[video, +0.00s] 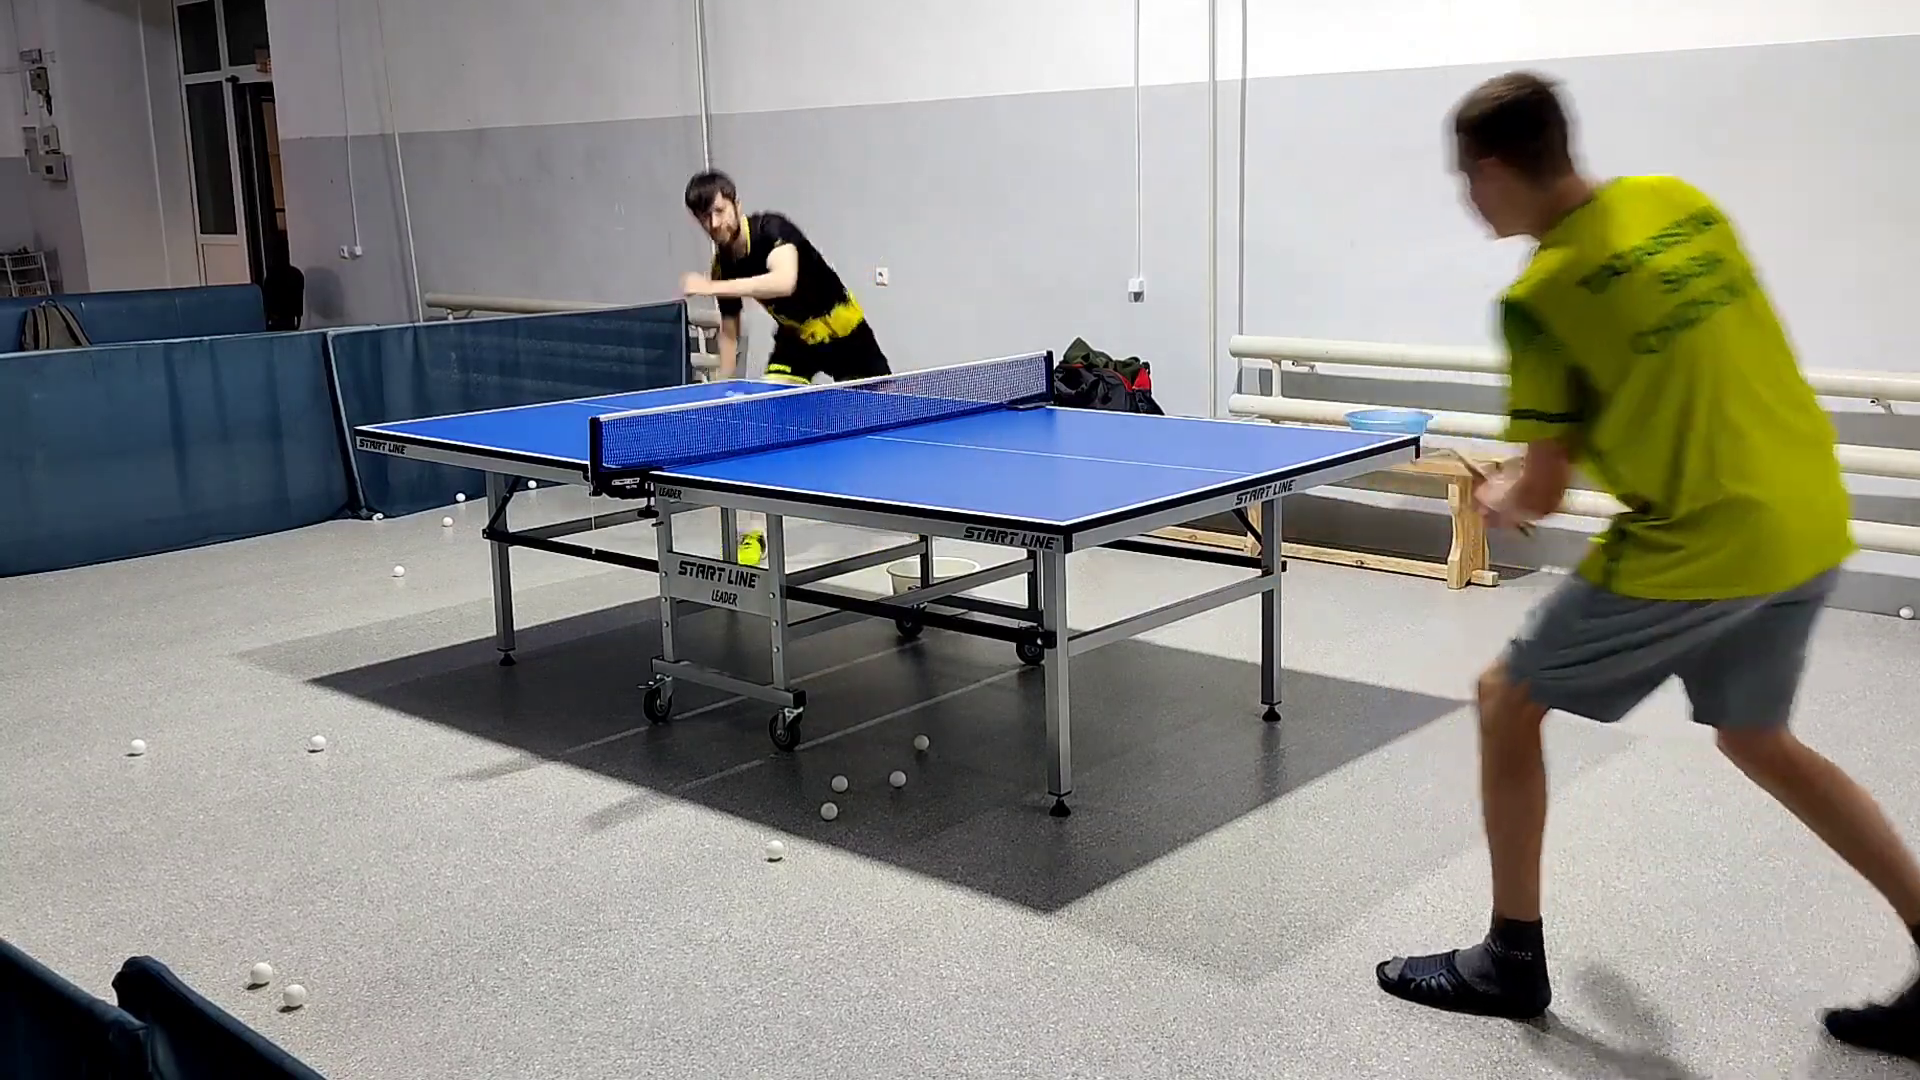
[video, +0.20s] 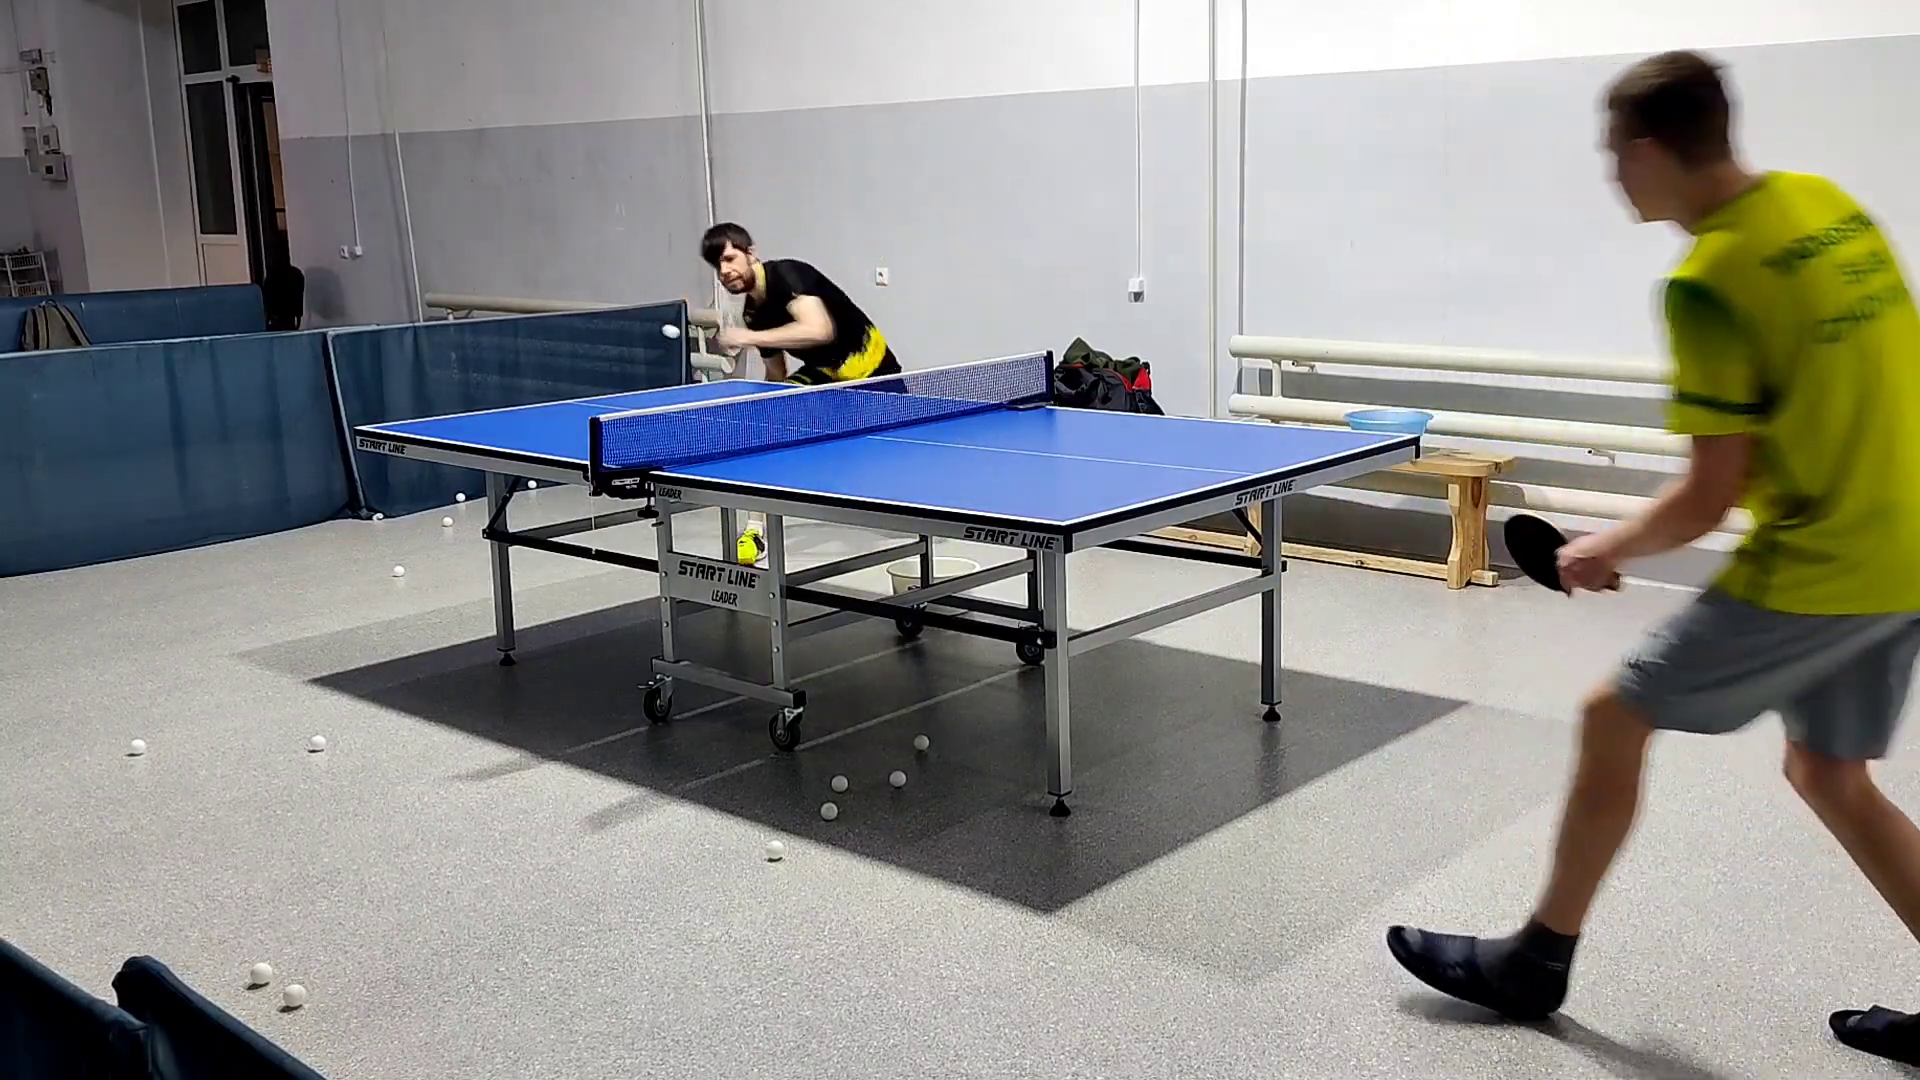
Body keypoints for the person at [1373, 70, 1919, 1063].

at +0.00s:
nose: (1470, 203)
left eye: (1471, 181)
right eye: (1466, 182)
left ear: (1506, 171)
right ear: (1559, 152)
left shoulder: (1541, 295)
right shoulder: (1680, 201)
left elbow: (1548, 478)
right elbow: (1701, 373)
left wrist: (1512, 502)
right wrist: (1567, 456)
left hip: (1689, 548)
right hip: (1812, 521)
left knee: (1506, 697)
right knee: (1754, 735)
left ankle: (1510, 956)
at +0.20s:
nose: (1615, 178)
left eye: (1620, 156)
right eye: (1613, 157)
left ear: (1663, 150)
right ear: (1713, 139)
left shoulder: (1709, 281)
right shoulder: (1825, 201)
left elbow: (1716, 487)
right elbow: (1886, 370)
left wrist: (1609, 548)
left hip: (1816, 569)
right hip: (1906, 553)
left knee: (1615, 716)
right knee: (1830, 771)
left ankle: (1539, 960)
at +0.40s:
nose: (1708, 141)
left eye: (1714, 116)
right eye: (1706, 118)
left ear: (1765, 110)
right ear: (1814, 101)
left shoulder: (1832, 248)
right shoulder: (1905, 174)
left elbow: (1833, 470)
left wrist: (1686, 546)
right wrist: (1703, 538)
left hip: (1894, 553)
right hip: (1915, 546)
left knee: (1736, 740)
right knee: (1871, 751)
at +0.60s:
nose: (1750, 136)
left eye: (1753, 111)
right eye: (1747, 113)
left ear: (1804, 104)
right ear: (1835, 97)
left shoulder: (1900, 244)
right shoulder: (1901, 198)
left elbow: (1904, 476)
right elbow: (1912, 447)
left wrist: (1738, 573)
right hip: (1915, 585)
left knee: (1885, 799)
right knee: (1881, 785)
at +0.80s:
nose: (1785, 146)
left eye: (1792, 122)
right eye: (1782, 124)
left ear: (1859, 109)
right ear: (1861, 112)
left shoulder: (1908, 226)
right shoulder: (1891, 224)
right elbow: (1919, 417)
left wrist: (1881, 529)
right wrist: (1902, 536)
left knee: (1906, 759)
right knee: (1903, 756)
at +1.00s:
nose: (1816, 209)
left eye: (1821, 184)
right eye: (1808, 187)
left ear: (1902, 162)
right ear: (1891, 167)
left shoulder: (1908, 259)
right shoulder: (1886, 256)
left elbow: (1888, 383)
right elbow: (1888, 381)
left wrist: (1905, 529)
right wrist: (1904, 524)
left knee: (1908, 807)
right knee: (1886, 760)